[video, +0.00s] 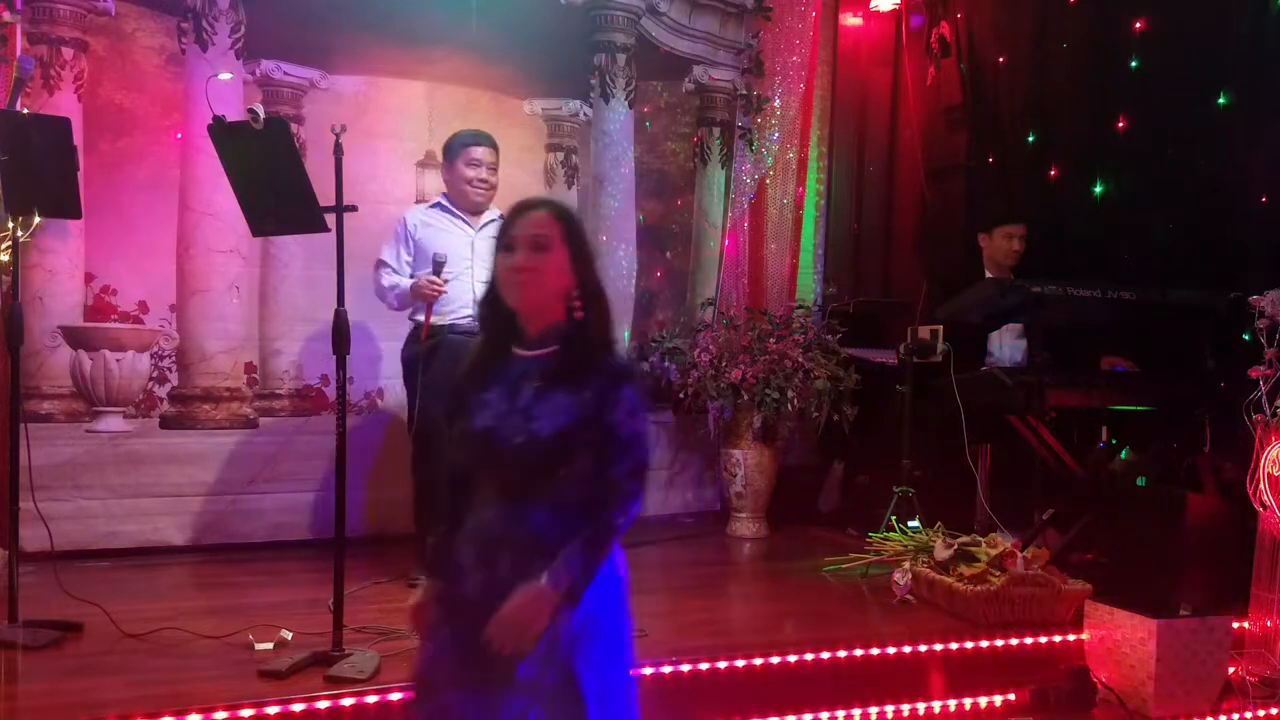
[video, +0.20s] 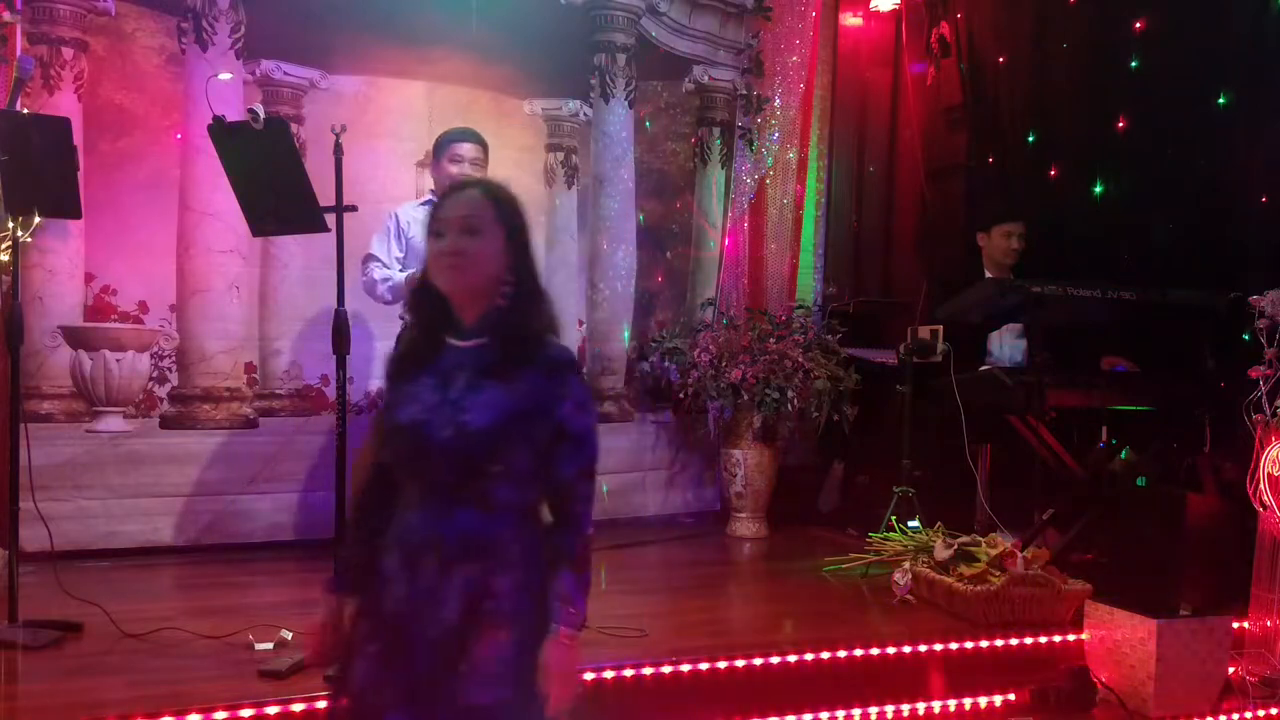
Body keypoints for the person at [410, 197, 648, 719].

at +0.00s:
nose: (520, 260)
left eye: (539, 245)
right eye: (508, 247)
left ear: (575, 269)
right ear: (494, 267)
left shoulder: (605, 376)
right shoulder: (475, 372)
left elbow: (621, 498)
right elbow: (455, 486)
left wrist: (551, 587)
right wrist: (435, 576)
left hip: (571, 582)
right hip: (472, 580)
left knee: (573, 709)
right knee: (455, 708)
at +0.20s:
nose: (450, 245)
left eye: (471, 230)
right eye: (439, 232)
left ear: (510, 252)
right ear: (425, 252)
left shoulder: (549, 370)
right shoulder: (413, 361)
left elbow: (573, 508)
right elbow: (380, 481)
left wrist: (566, 626)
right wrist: (346, 589)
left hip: (499, 592)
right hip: (403, 586)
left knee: (482, 705)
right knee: (389, 705)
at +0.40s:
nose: (384, 229)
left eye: (408, 213)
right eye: (373, 216)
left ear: (453, 236)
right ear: (361, 235)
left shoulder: (498, 366)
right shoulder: (342, 352)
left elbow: (538, 512)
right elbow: (294, 479)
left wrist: (541, 635)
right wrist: (232, 586)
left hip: (443, 606)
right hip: (344, 602)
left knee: (423, 712)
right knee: (327, 711)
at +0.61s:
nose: (319, 234)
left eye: (347, 216)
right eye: (302, 215)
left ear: (387, 242)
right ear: (279, 239)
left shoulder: (426, 375)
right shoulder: (257, 366)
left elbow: (465, 536)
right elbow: (204, 501)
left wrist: (468, 679)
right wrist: (141, 615)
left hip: (372, 633)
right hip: (260, 629)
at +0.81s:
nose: (214, 202)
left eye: (246, 183)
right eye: (195, 179)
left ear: (295, 211)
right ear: (169, 201)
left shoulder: (333, 374)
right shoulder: (147, 363)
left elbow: (354, 559)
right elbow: (108, 519)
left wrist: (337, 698)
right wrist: (58, 653)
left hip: (277, 683)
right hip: (139, 675)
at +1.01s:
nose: (71, 186)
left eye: (106, 162)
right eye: (49, 164)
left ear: (164, 191)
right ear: (21, 190)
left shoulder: (206, 366)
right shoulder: (24, 355)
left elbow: (186, 570)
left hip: (160, 686)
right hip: (39, 683)